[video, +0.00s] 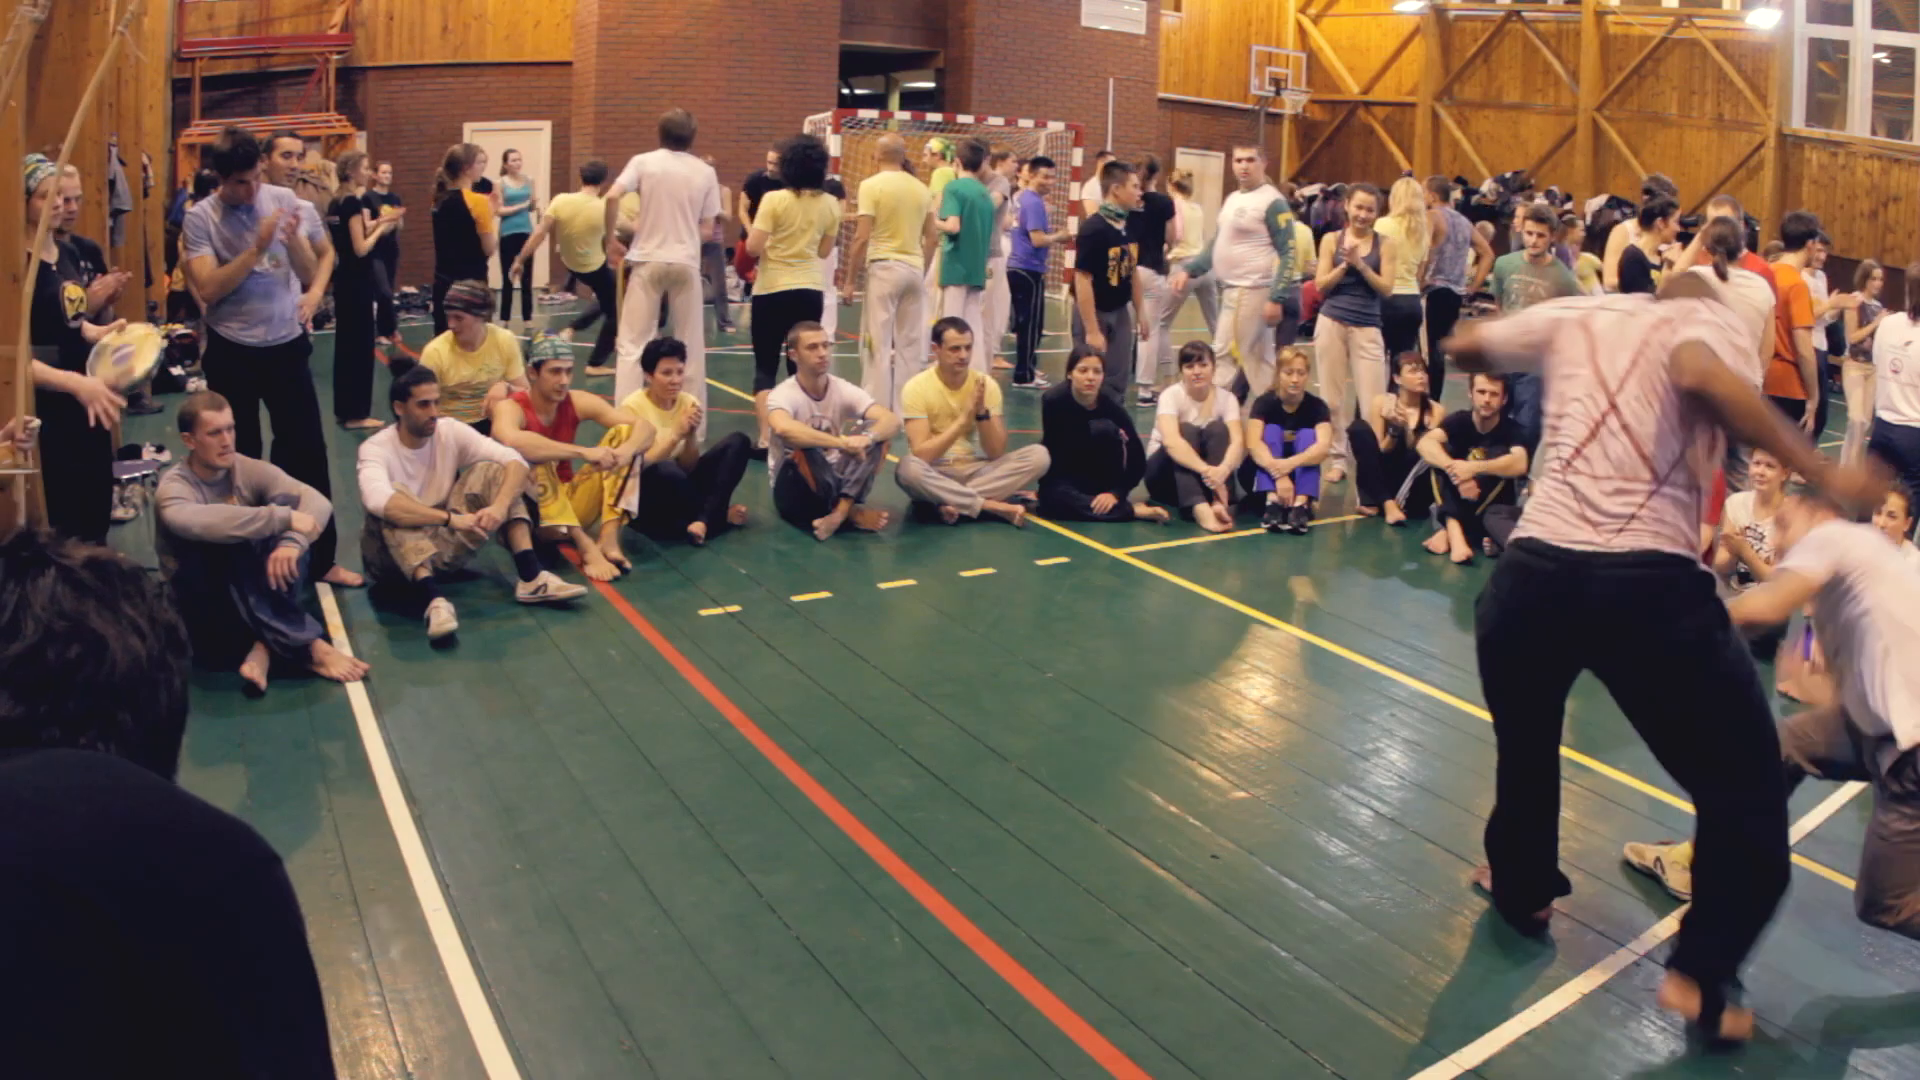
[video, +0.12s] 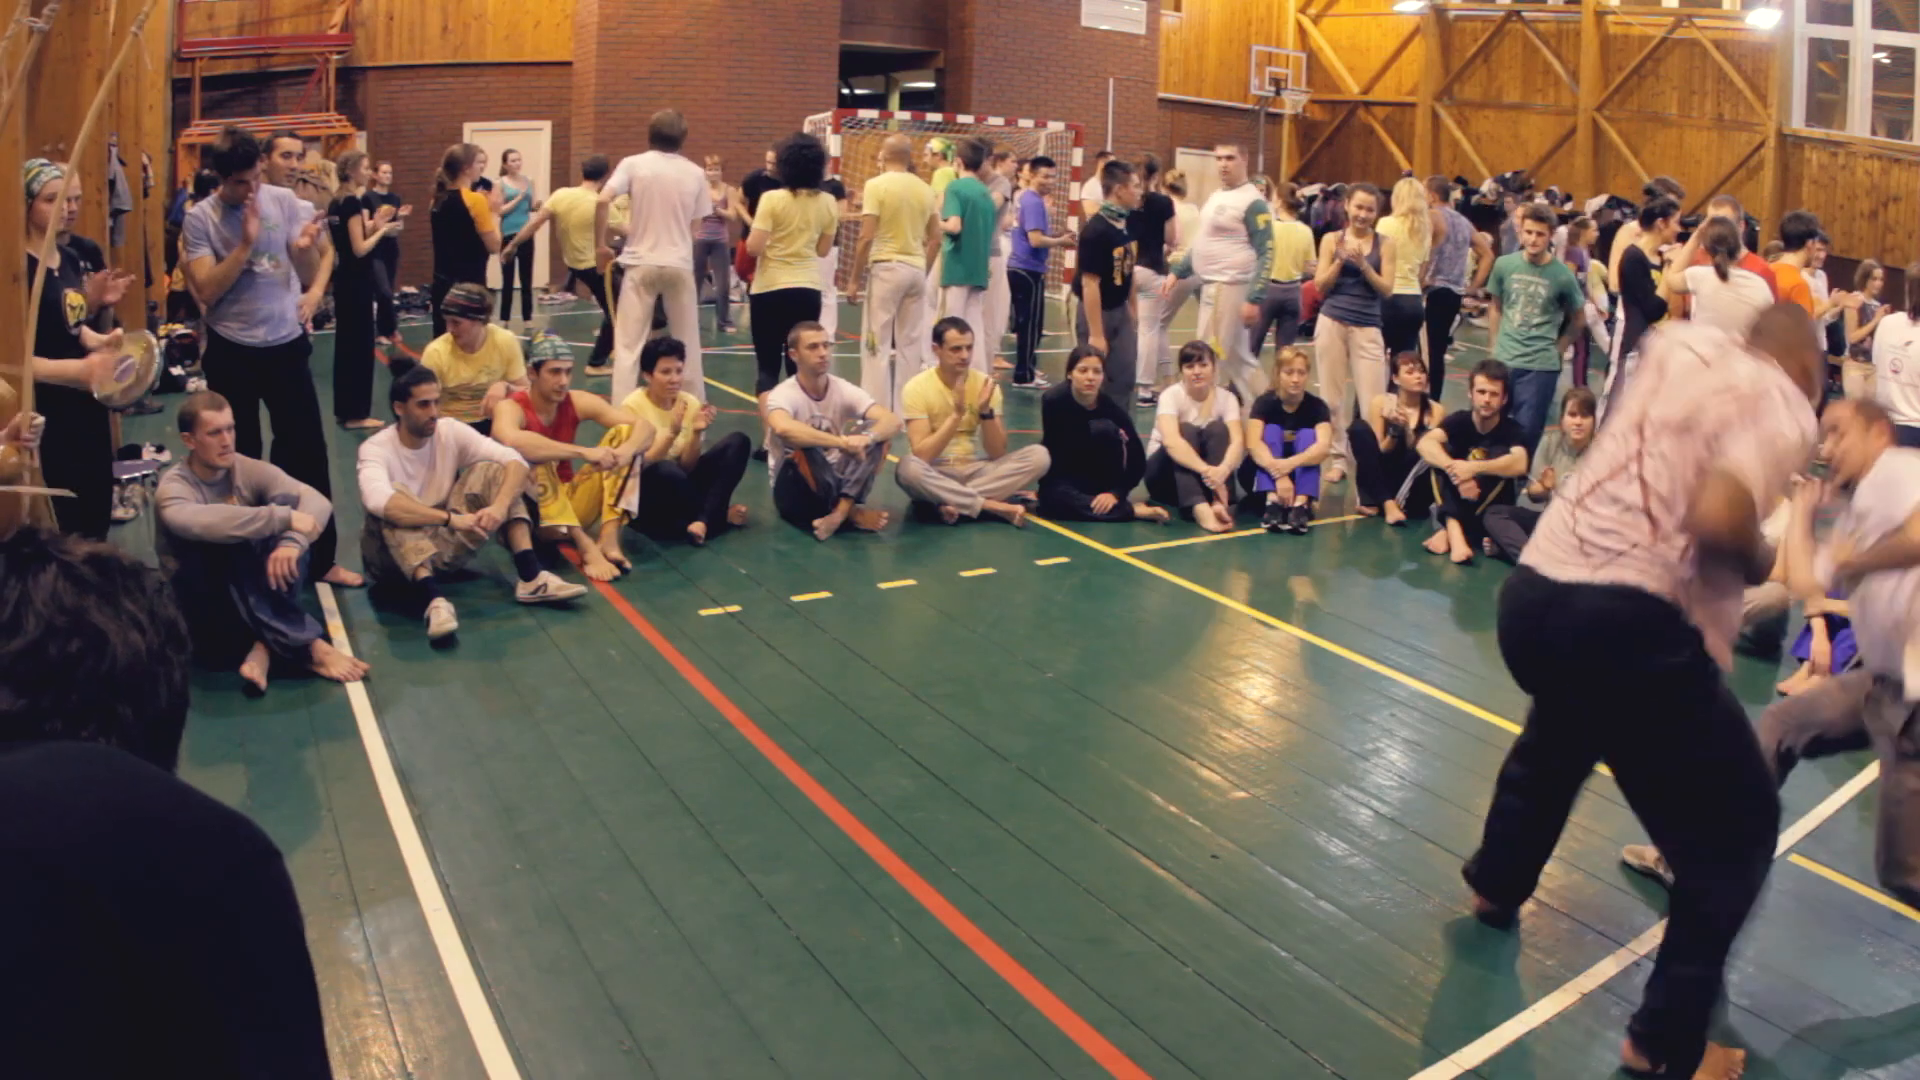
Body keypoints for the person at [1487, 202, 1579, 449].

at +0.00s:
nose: (1534, 241)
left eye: (1540, 235)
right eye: (1529, 234)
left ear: (1551, 237)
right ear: (1522, 233)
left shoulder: (1562, 275)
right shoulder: (1503, 265)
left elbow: (1582, 310)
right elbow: (1498, 304)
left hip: (1540, 348)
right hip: (1503, 343)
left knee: (1527, 415)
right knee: (1494, 410)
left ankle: (1519, 476)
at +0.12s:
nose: (1533, 239)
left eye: (1540, 234)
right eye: (1528, 232)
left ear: (1550, 237)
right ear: (1520, 233)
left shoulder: (1562, 276)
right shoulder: (1503, 265)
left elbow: (1579, 318)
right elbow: (1494, 307)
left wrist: (1558, 349)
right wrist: (1495, 346)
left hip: (1541, 362)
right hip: (1504, 358)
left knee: (1526, 432)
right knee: (1493, 425)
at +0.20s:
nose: (1533, 240)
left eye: (1539, 234)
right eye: (1528, 232)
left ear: (1551, 237)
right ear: (1520, 233)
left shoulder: (1563, 276)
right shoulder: (1503, 265)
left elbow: (1582, 317)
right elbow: (1491, 307)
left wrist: (1572, 357)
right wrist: (1483, 349)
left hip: (1541, 363)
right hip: (1503, 358)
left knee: (1525, 433)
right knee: (1493, 426)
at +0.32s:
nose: (1534, 239)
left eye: (1541, 233)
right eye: (1529, 232)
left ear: (1552, 235)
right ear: (1521, 231)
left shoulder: (1566, 275)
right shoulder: (1504, 264)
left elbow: (1583, 316)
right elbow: (1488, 307)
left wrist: (1572, 346)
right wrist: (1475, 350)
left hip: (1541, 362)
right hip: (1503, 358)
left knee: (1526, 435)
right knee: (1492, 429)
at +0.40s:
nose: (1535, 238)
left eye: (1542, 232)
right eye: (1531, 231)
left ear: (1554, 235)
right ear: (1523, 231)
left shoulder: (1566, 276)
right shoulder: (1505, 264)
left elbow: (1575, 327)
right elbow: (1489, 307)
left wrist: (1564, 319)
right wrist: (1475, 350)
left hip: (1541, 363)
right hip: (1503, 358)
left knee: (1527, 435)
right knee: (1492, 427)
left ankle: (1516, 495)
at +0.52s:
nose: (1538, 238)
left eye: (1545, 232)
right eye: (1534, 230)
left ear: (1556, 235)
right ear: (1526, 231)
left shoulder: (1564, 274)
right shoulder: (1507, 263)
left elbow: (1559, 322)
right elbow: (1492, 310)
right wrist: (1483, 359)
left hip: (1540, 362)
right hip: (1503, 358)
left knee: (1526, 436)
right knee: (1492, 429)